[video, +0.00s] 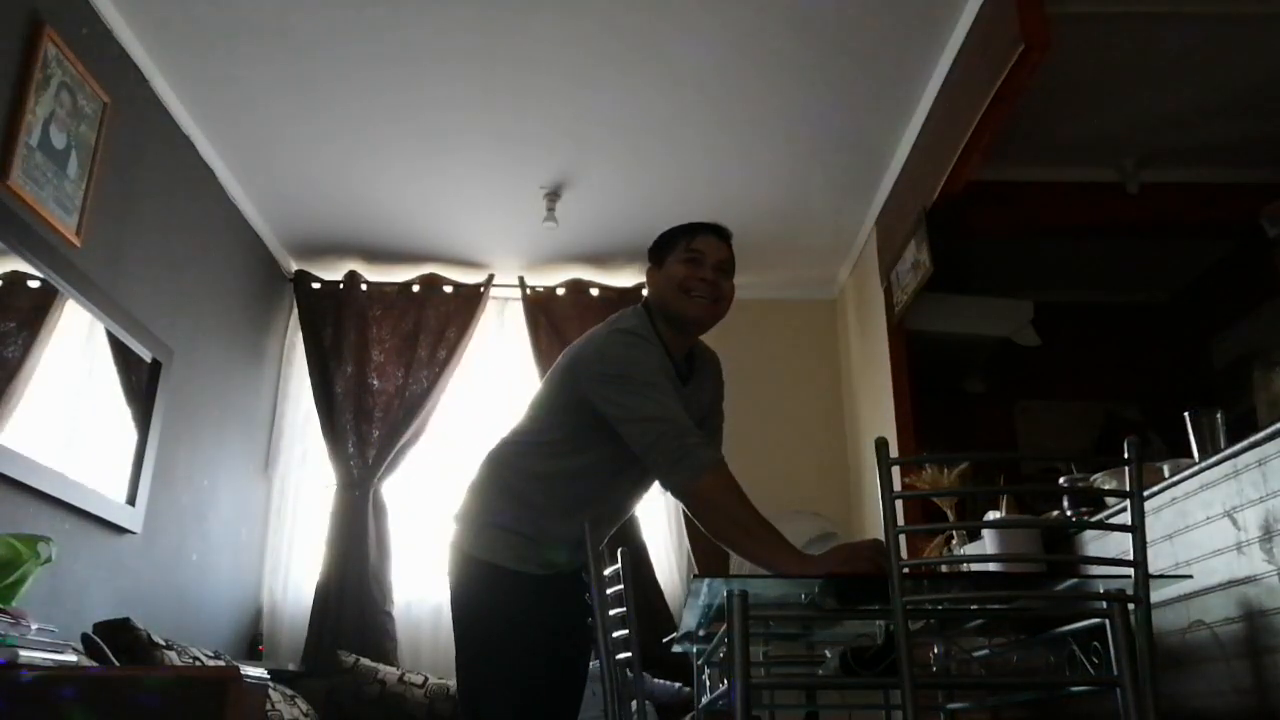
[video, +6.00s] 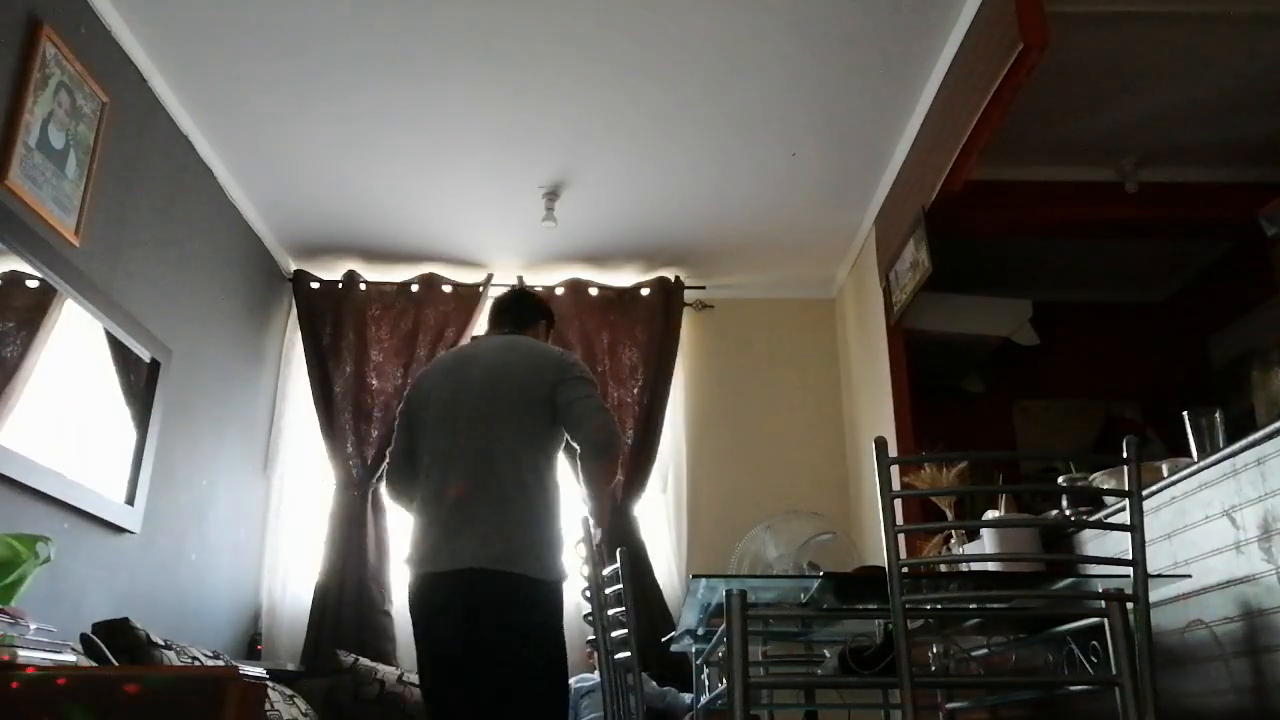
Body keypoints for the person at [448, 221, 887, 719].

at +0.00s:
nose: (708, 278)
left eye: (723, 270)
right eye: (691, 262)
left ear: (731, 293)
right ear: (652, 274)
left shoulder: (702, 370)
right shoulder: (621, 349)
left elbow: (702, 493)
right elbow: (695, 479)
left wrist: (717, 602)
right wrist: (799, 564)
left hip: (570, 554)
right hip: (503, 547)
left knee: (554, 705)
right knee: (503, 708)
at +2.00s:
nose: (715, 281)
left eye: (728, 274)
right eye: (698, 263)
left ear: (734, 296)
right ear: (656, 274)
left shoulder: (695, 369)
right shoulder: (620, 348)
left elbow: (699, 484)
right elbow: (690, 475)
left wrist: (719, 592)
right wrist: (798, 564)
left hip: (560, 555)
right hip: (493, 547)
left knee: (546, 706)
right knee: (489, 708)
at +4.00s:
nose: (727, 308)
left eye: (731, 297)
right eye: (717, 289)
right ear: (663, 276)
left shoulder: (654, 369)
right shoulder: (610, 340)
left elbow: (680, 499)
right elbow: (691, 473)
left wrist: (718, 603)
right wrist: (803, 564)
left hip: (515, 547)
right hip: (472, 538)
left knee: (542, 702)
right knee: (520, 703)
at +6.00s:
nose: (551, 340)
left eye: (549, 334)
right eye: (551, 333)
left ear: (489, 327)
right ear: (542, 328)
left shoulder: (430, 374)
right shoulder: (555, 363)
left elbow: (398, 480)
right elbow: (601, 438)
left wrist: (451, 510)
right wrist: (602, 520)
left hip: (437, 580)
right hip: (522, 578)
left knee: (450, 710)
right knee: (534, 709)